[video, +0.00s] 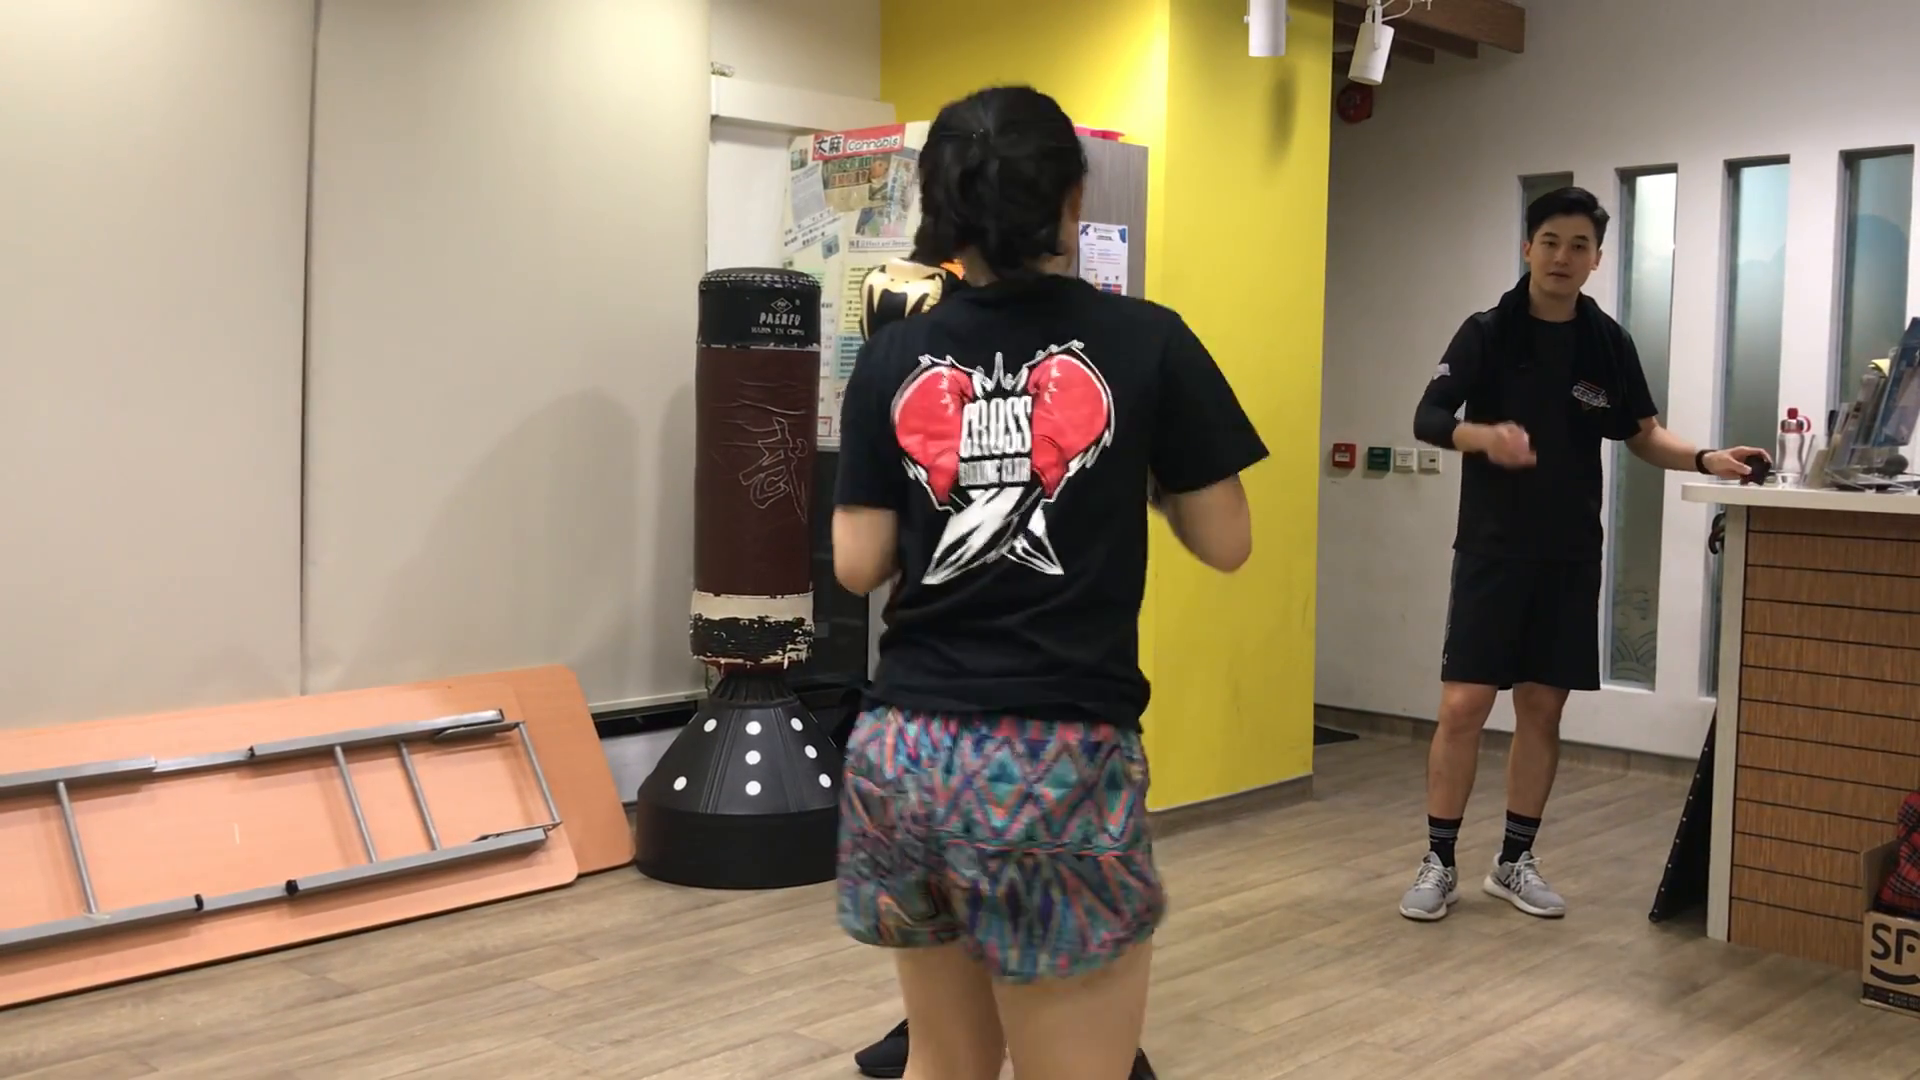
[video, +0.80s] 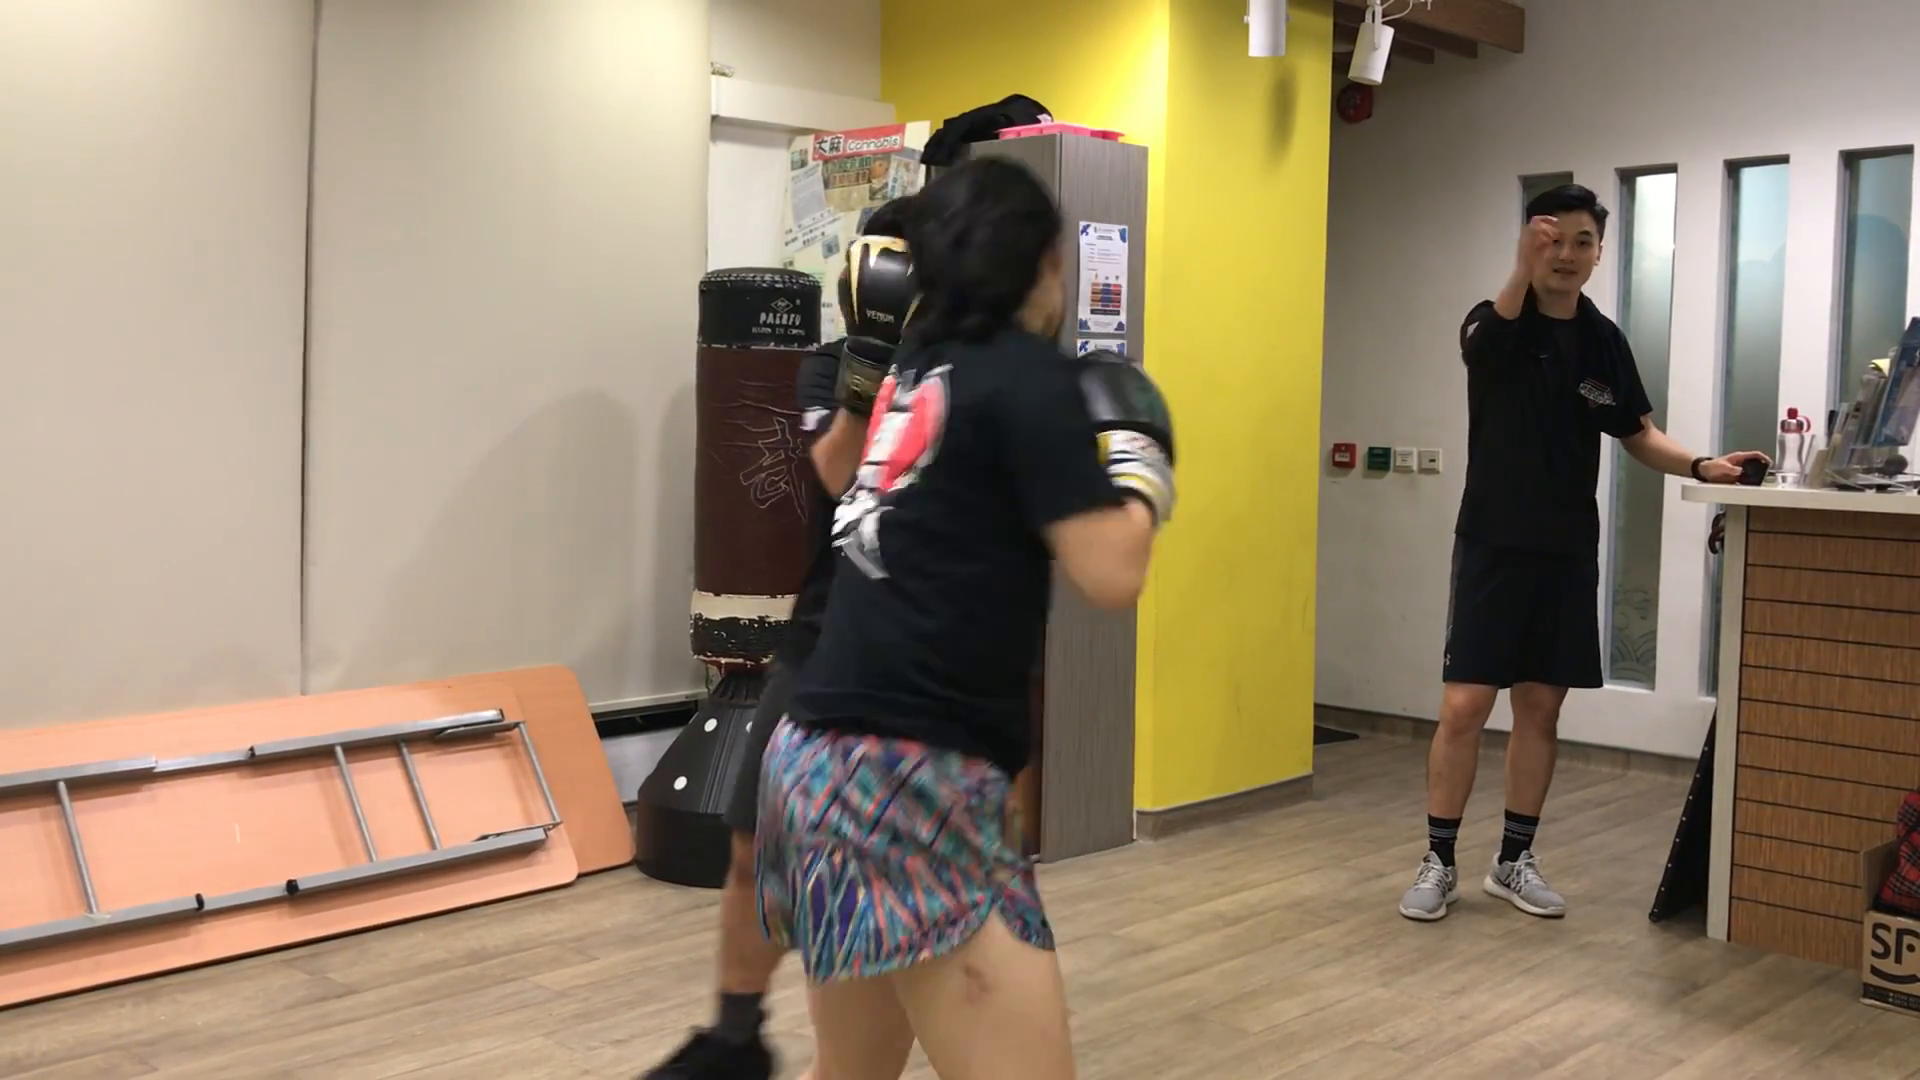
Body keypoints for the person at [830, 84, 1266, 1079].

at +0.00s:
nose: (1087, 200)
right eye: (1082, 185)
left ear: (941, 210)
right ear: (1071, 203)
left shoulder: (896, 349)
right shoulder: (1145, 340)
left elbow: (858, 563)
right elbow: (1226, 540)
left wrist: (943, 473)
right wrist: (1135, 441)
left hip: (900, 747)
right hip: (1062, 758)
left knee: (944, 1064)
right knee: (1083, 1067)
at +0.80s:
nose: (1067, 265)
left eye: (1063, 246)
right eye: (1062, 247)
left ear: (941, 262)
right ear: (1038, 263)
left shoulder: (913, 364)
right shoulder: (1025, 374)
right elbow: (1112, 574)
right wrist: (1144, 458)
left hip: (817, 751)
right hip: (917, 775)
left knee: (855, 1062)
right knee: (1020, 1061)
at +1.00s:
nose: (1042, 279)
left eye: (1039, 259)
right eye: (1040, 260)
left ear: (907, 262)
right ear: (1021, 266)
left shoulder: (854, 373)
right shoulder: (1040, 385)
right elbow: (1096, 597)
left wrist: (1035, 526)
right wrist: (1111, 478)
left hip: (776, 745)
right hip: (911, 771)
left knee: (806, 1057)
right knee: (979, 1062)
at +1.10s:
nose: (1057, 272)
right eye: (1049, 256)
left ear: (912, 280)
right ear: (1041, 277)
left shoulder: (849, 382)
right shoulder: (1060, 405)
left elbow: (748, 533)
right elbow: (1155, 609)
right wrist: (1137, 456)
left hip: (767, 769)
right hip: (905, 803)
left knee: (826, 1053)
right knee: (943, 1063)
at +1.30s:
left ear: (878, 257)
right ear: (1002, 252)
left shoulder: (817, 364)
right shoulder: (1030, 388)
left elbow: (660, 466)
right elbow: (1087, 588)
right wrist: (1107, 466)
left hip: (756, 738)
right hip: (887, 779)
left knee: (781, 1019)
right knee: (914, 1063)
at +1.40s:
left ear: (834, 261)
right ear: (953, 250)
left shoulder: (793, 373)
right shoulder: (982, 386)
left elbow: (675, 412)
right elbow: (1027, 574)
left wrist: (726, 352)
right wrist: (1064, 487)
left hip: (739, 741)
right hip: (871, 774)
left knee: (754, 1018)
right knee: (905, 1062)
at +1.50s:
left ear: (757, 286)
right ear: (875, 277)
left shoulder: (719, 399)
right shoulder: (928, 409)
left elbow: (622, 467)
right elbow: (1006, 582)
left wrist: (664, 373)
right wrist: (1011, 477)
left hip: (725, 793)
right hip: (874, 805)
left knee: (726, 1040)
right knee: (918, 1064)